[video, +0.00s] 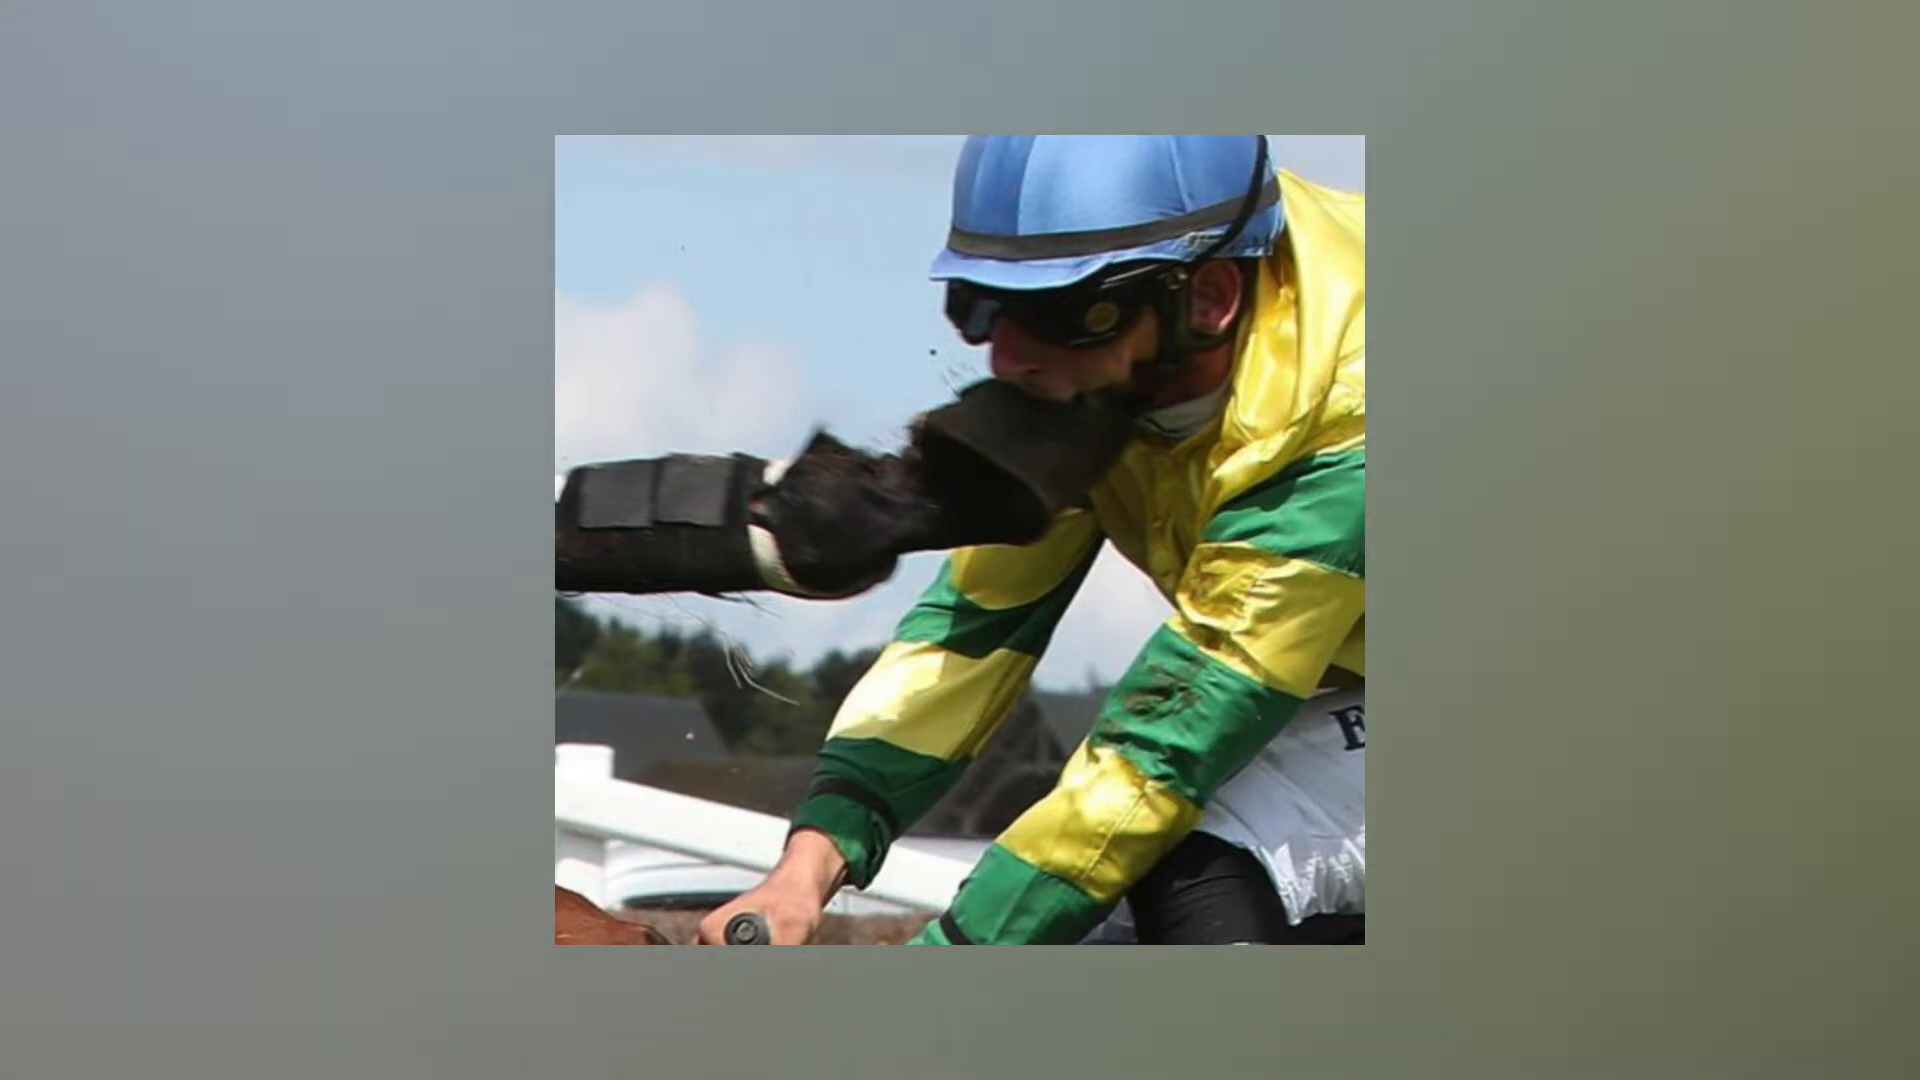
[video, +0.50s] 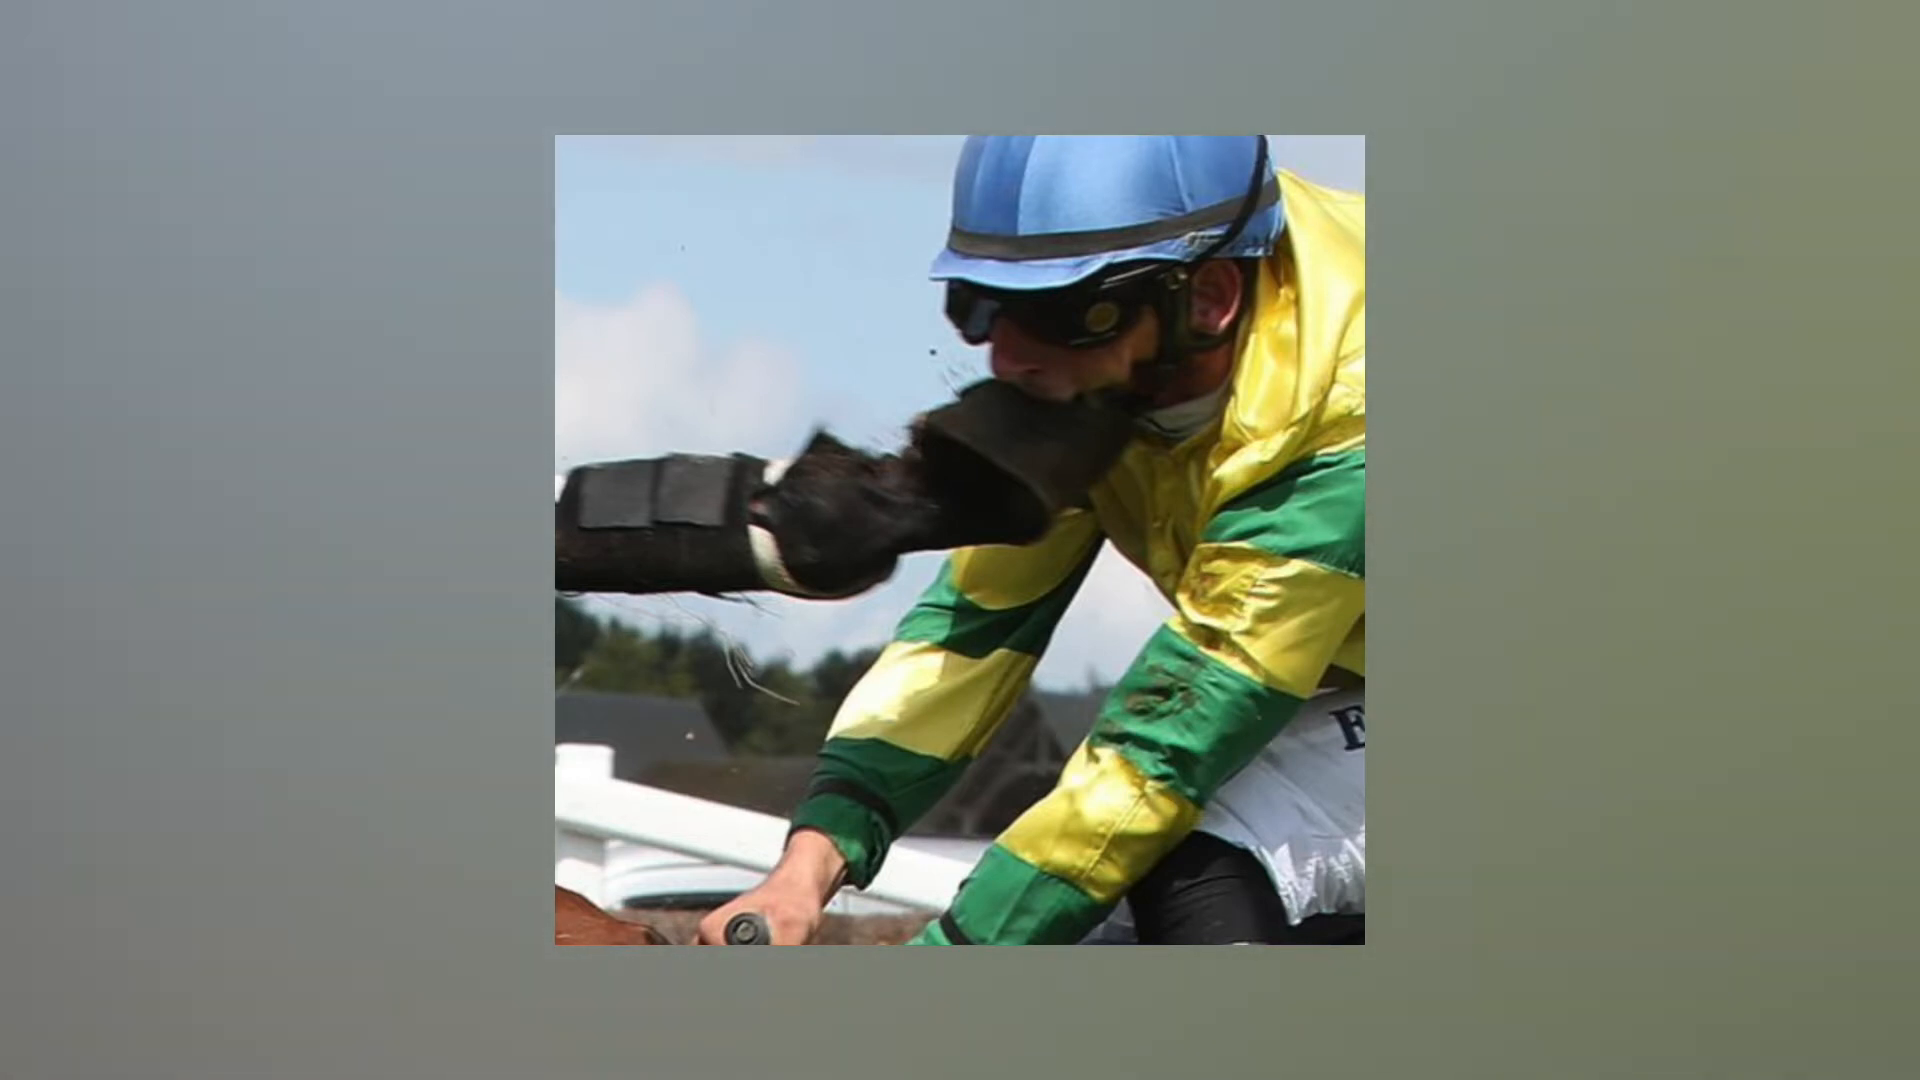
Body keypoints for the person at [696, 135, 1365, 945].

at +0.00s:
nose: (1005, 358)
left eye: (1056, 319)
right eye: (989, 309)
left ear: (1209, 298)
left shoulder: (1341, 429)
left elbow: (1160, 751)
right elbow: (969, 623)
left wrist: (932, 967)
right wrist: (805, 871)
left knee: (1204, 864)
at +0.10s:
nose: (1005, 358)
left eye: (1056, 319)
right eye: (989, 310)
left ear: (1209, 298)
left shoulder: (1341, 428)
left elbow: (1161, 751)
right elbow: (969, 623)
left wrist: (930, 969)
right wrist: (805, 871)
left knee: (1204, 864)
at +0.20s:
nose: (1005, 358)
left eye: (1056, 319)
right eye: (989, 309)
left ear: (1210, 298)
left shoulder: (1341, 429)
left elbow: (1161, 751)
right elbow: (969, 623)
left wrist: (933, 965)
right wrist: (805, 871)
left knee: (1204, 864)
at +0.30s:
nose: (1005, 358)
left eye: (1056, 319)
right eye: (989, 309)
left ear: (1209, 298)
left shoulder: (1341, 429)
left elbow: (1161, 751)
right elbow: (969, 623)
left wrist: (934, 964)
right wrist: (805, 871)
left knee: (1204, 864)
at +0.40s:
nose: (1005, 358)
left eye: (1056, 319)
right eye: (989, 309)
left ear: (1209, 298)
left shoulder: (1341, 429)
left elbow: (1161, 751)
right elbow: (969, 623)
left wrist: (934, 964)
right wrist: (805, 871)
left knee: (1204, 864)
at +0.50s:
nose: (1005, 359)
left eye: (1056, 319)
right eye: (989, 310)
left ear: (1209, 298)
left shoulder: (1341, 429)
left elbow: (1161, 751)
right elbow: (969, 623)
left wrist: (933, 965)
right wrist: (805, 871)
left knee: (1204, 865)